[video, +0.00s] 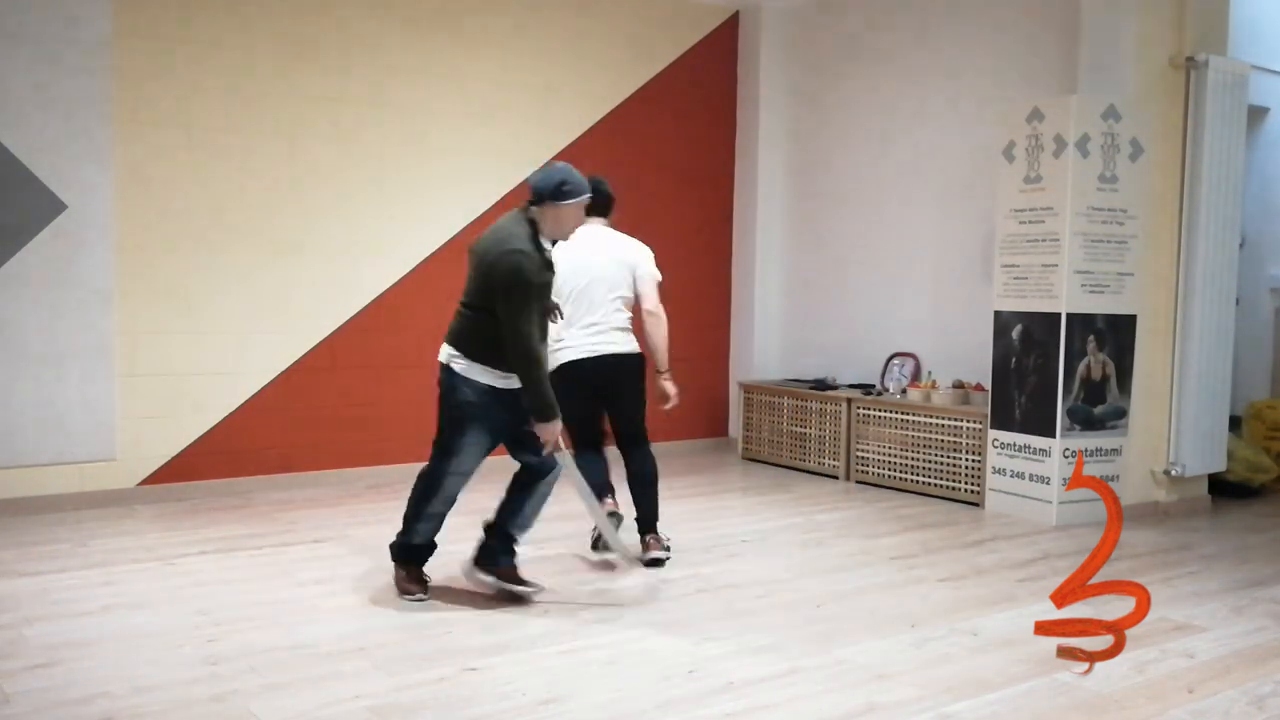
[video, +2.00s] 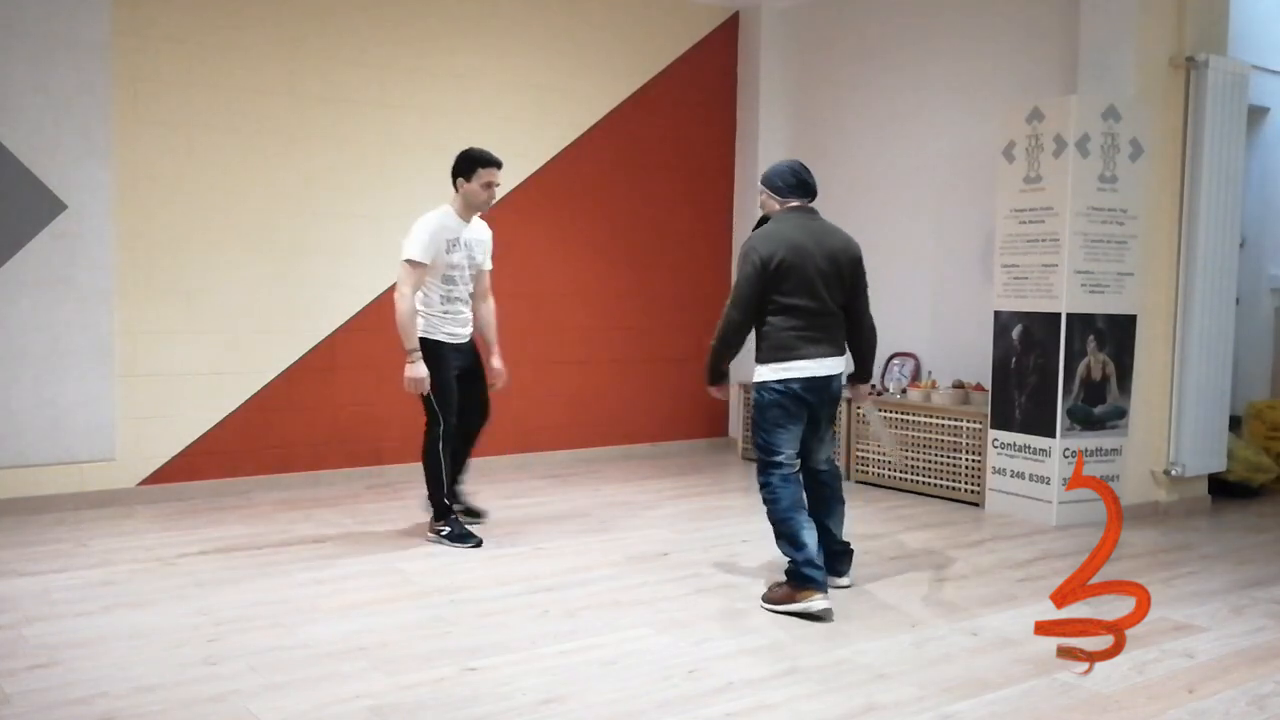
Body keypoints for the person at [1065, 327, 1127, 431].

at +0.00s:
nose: (1087, 345)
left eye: (1091, 342)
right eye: (1088, 342)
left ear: (1099, 344)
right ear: (1088, 345)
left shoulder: (1108, 364)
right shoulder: (1083, 365)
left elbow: (1113, 388)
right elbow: (1076, 390)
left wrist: (1115, 406)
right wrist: (1070, 408)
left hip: (1102, 405)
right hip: (1086, 405)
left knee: (1121, 411)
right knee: (1071, 410)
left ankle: (1086, 425)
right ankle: (1101, 425)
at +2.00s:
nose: (1088, 345)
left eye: (1091, 342)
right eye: (1088, 342)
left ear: (1098, 344)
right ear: (1087, 344)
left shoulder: (1108, 364)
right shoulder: (1084, 364)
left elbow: (1114, 392)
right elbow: (1076, 391)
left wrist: (1107, 407)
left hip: (1102, 406)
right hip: (1086, 406)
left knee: (1121, 411)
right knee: (1071, 410)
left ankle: (1086, 425)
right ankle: (1099, 425)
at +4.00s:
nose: (1088, 345)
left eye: (1091, 342)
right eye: (1088, 342)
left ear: (1098, 344)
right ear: (1087, 344)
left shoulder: (1108, 364)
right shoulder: (1084, 365)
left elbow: (1114, 391)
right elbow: (1076, 390)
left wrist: (1108, 407)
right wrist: (1070, 409)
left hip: (1103, 406)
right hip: (1086, 406)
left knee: (1121, 411)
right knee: (1071, 410)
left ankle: (1085, 425)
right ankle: (1100, 425)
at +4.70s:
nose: (1088, 345)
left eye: (1091, 341)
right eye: (1088, 342)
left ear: (1098, 344)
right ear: (1087, 345)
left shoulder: (1108, 364)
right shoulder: (1084, 364)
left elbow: (1113, 388)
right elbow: (1077, 386)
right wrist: (1071, 402)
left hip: (1102, 405)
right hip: (1085, 405)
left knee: (1121, 411)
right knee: (1071, 409)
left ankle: (1087, 423)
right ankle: (1098, 423)